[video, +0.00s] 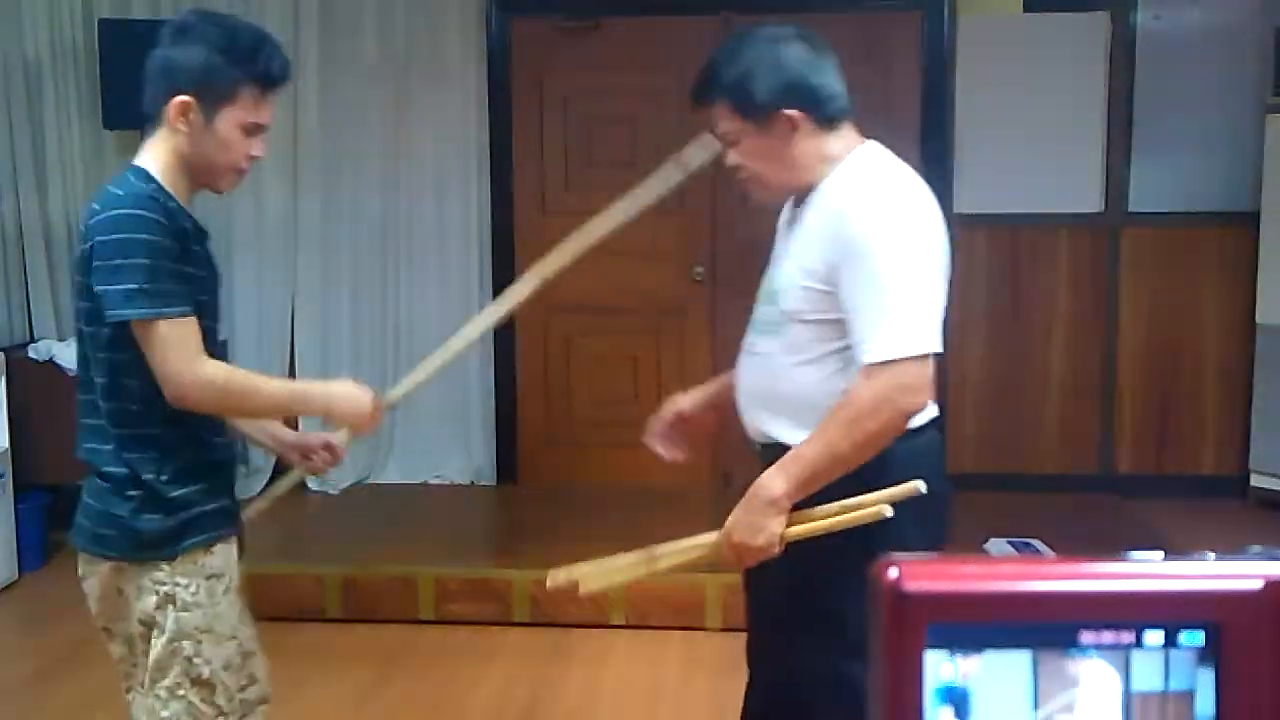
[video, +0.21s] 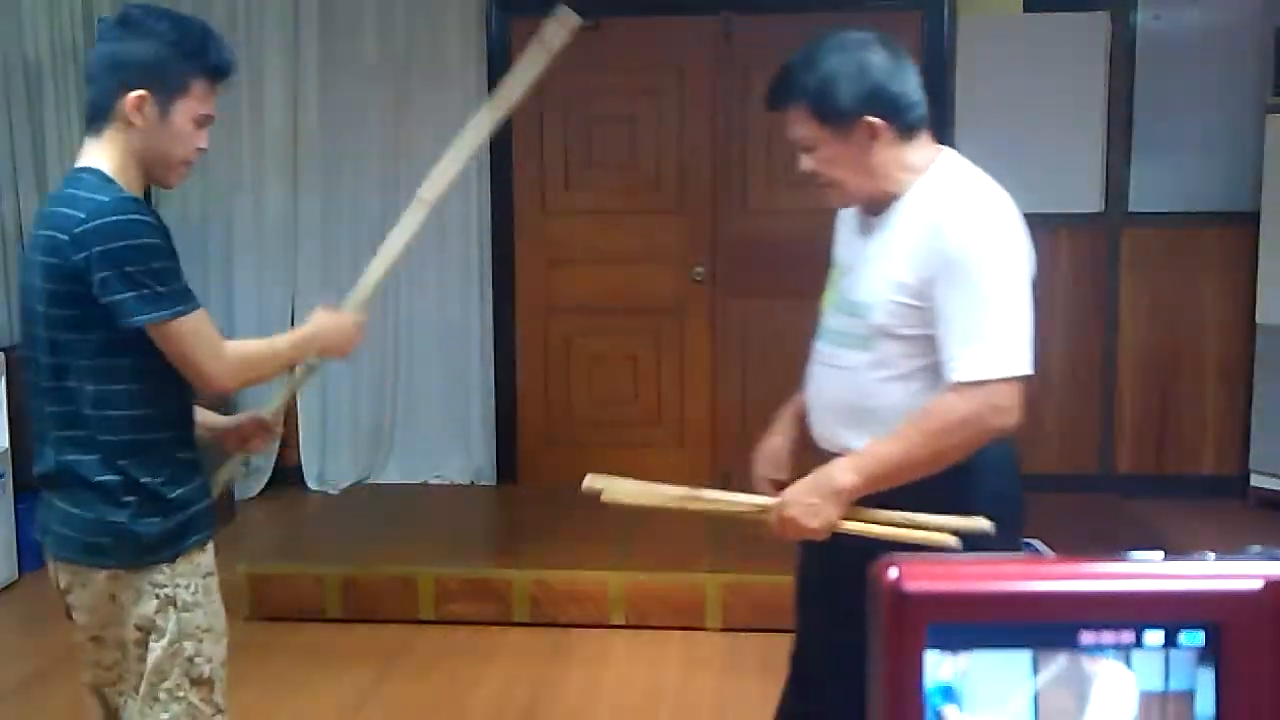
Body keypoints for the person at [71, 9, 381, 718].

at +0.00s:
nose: (259, 150)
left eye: (263, 132)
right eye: (248, 129)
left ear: (185, 120)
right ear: (183, 116)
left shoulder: (169, 221)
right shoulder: (135, 218)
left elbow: (196, 374)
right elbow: (185, 381)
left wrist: (281, 440)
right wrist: (323, 396)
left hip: (181, 528)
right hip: (157, 537)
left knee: (218, 698)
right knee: (206, 702)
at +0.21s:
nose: (204, 144)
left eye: (208, 125)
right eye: (198, 122)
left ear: (136, 110)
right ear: (137, 108)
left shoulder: (69, 209)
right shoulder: (118, 220)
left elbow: (104, 389)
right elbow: (216, 370)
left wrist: (210, 429)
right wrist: (313, 338)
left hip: (88, 525)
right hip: (145, 536)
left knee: (123, 705)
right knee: (181, 708)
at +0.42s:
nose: (141, 148)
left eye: (145, 130)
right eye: (135, 127)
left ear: (68, 115)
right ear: (72, 115)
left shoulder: (9, 212)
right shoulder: (70, 226)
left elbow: (32, 398)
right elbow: (181, 361)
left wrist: (142, 451)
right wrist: (256, 292)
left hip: (18, 537)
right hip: (99, 545)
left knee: (32, 710)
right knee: (152, 705)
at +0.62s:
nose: (81, 153)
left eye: (86, 134)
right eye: (72, 132)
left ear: (15, 126)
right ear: (12, 122)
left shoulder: (12, 222)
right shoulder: (8, 223)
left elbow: (5, 408)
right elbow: (85, 372)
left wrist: (74, 473)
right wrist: (160, 290)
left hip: (30, 533)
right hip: (32, 539)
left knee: (47, 701)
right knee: (75, 704)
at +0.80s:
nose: (44, 150)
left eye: (49, 132)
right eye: (36, 130)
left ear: (12, 120)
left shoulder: (3, 230)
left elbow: (8, 372)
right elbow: (27, 367)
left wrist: (47, 455)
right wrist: (109, 274)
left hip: (22, 536)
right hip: (10, 545)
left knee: (43, 700)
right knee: (42, 706)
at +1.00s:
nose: (12, 149)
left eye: (15, 129)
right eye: (9, 129)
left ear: (21, 121)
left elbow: (11, 360)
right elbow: (9, 362)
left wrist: (78, 289)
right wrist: (80, 288)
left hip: (13, 527)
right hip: (7, 531)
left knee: (17, 700)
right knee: (13, 700)